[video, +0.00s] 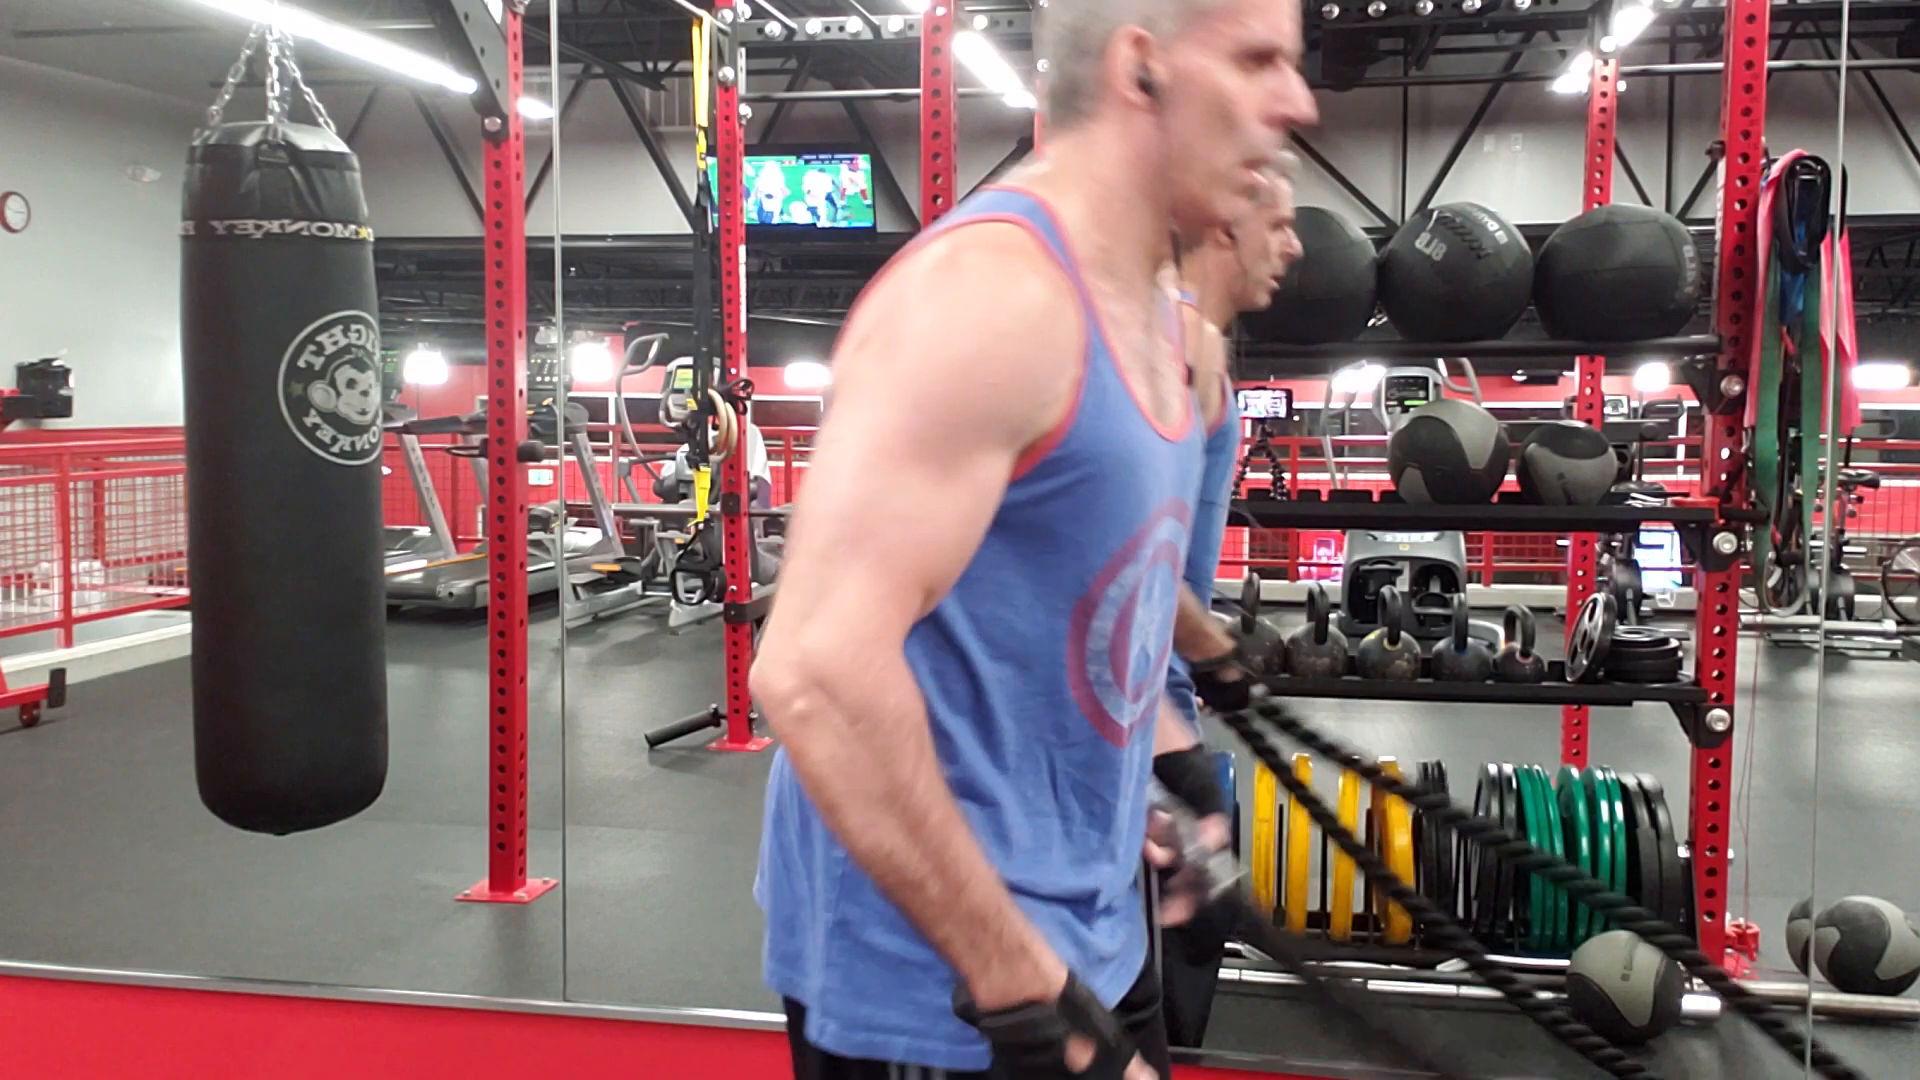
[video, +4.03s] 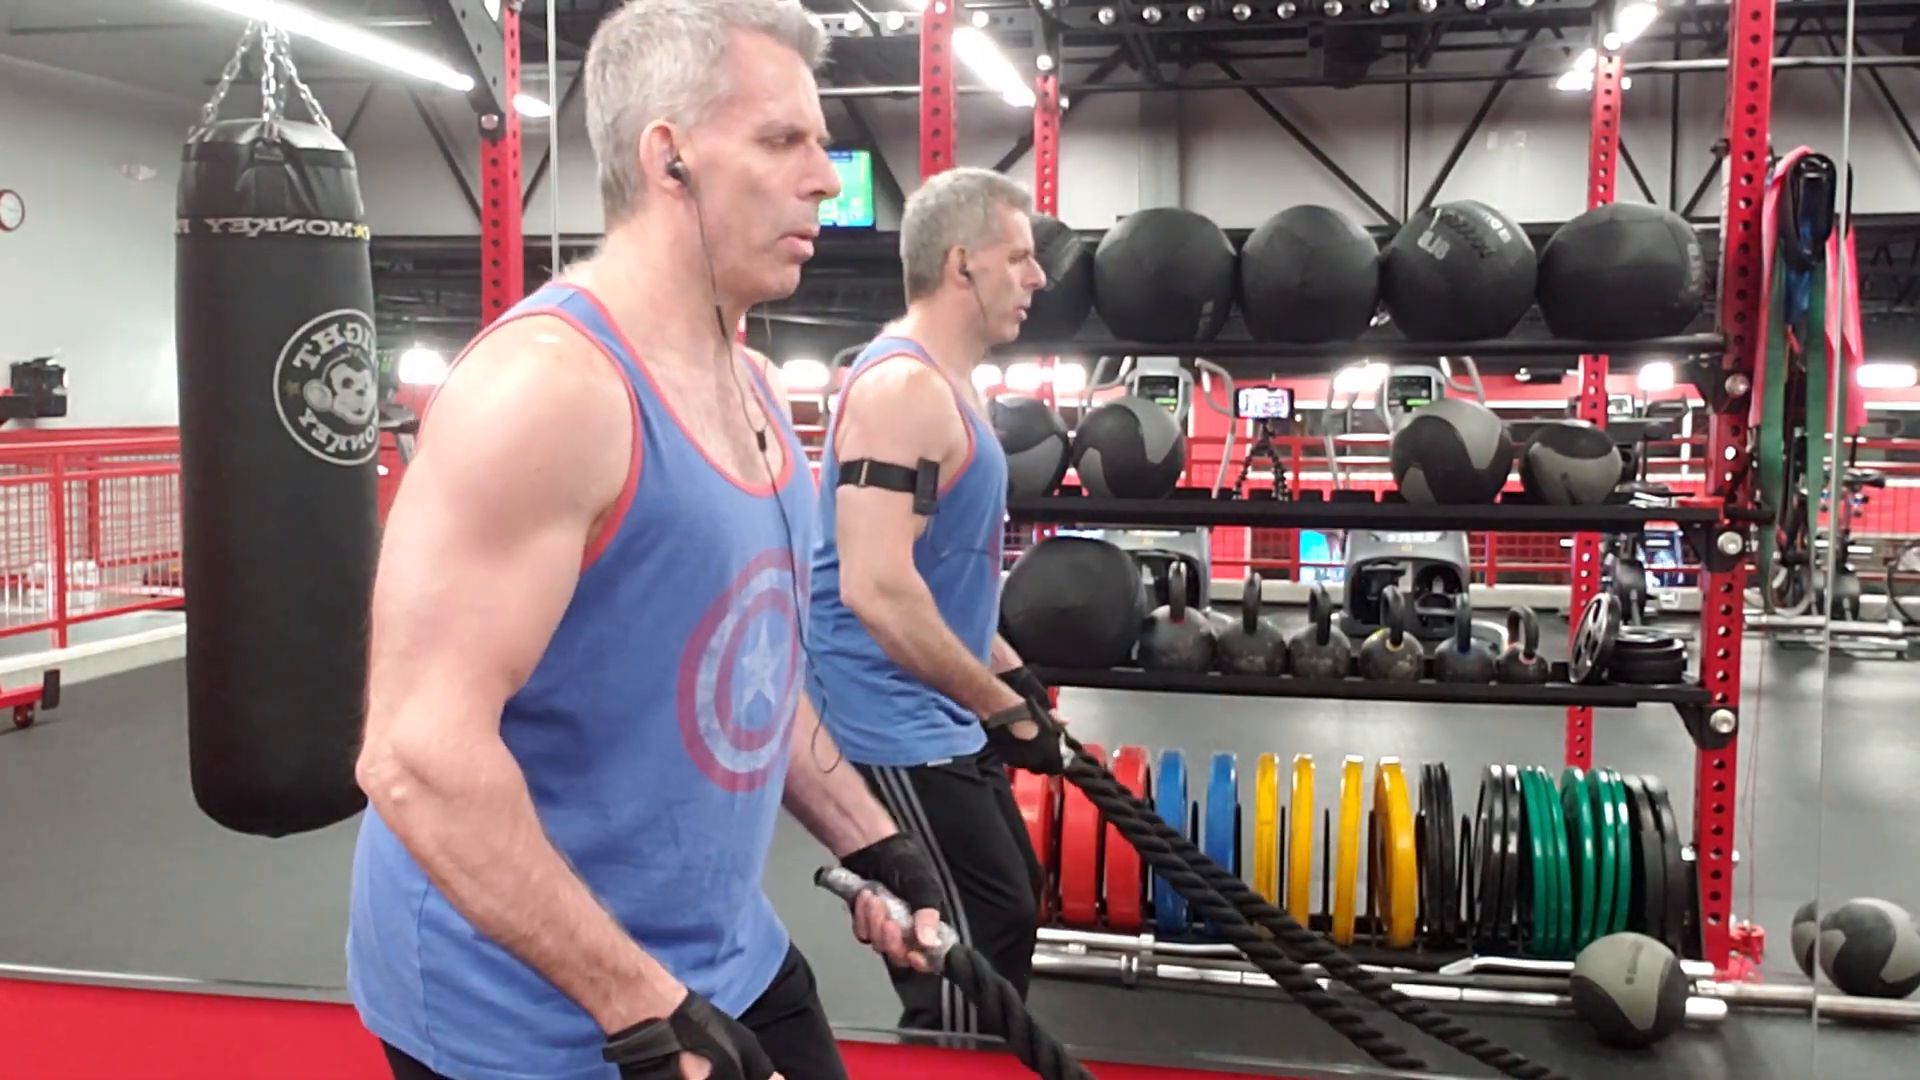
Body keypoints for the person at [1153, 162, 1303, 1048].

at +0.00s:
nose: (1291, 249)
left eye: (1291, 229)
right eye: (1278, 225)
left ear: (1224, 235)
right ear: (1218, 227)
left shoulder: (1206, 345)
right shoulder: (1186, 342)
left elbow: (1162, 541)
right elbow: (1127, 549)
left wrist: (1213, 638)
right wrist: (1211, 641)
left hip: (1165, 697)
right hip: (1146, 703)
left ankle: (1168, 1040)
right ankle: (1161, 1043)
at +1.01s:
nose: (1065, 217)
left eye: (1062, 195)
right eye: (1050, 194)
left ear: (997, 202)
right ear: (990, 201)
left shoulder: (988, 319)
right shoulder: (939, 324)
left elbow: (960, 501)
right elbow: (869, 495)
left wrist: (1034, 600)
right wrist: (996, 621)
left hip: (999, 692)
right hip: (940, 701)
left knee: (1033, 934)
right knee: (949, 949)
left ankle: (1034, 1060)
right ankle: (939, 1068)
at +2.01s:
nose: (1033, 277)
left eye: (1039, 257)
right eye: (1024, 252)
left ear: (970, 234)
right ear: (966, 231)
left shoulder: (923, 338)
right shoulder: (899, 339)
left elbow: (923, 535)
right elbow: (883, 539)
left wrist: (1020, 623)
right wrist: (1023, 638)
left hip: (925, 712)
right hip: (898, 720)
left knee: (943, 989)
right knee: (940, 995)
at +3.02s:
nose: (1063, 270)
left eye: (1063, 249)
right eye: (1049, 247)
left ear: (996, 253)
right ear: (992, 250)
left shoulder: (954, 363)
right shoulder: (928, 364)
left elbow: (946, 555)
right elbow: (898, 561)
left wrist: (1020, 646)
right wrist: (1016, 675)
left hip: (939, 728)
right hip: (902, 736)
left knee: (980, 982)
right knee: (960, 990)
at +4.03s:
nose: (1037, 279)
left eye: (1034, 258)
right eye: (1021, 257)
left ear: (969, 270)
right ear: (963, 266)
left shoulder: (949, 387)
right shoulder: (901, 386)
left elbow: (943, 580)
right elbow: (877, 584)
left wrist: (1012, 676)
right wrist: (996, 706)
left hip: (946, 723)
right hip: (894, 729)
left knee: (1000, 923)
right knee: (993, 928)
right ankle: (956, 1078)